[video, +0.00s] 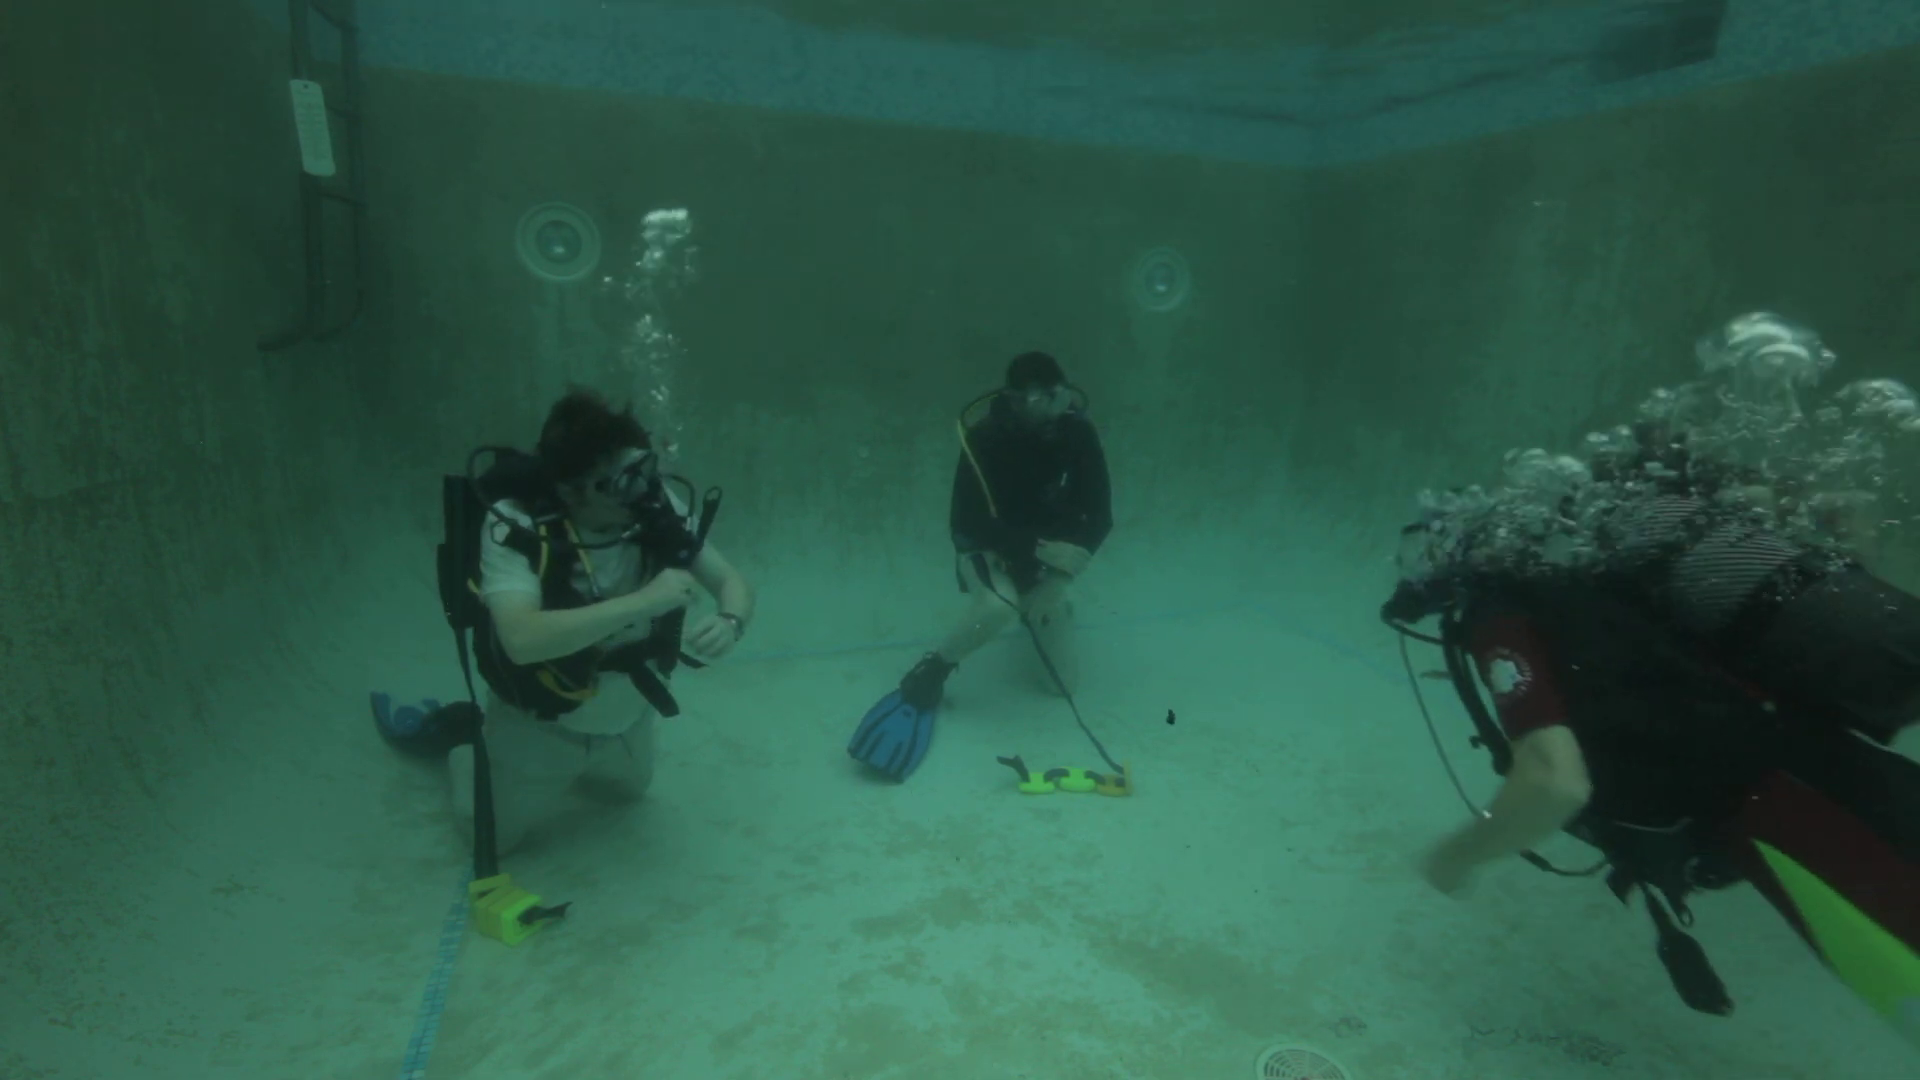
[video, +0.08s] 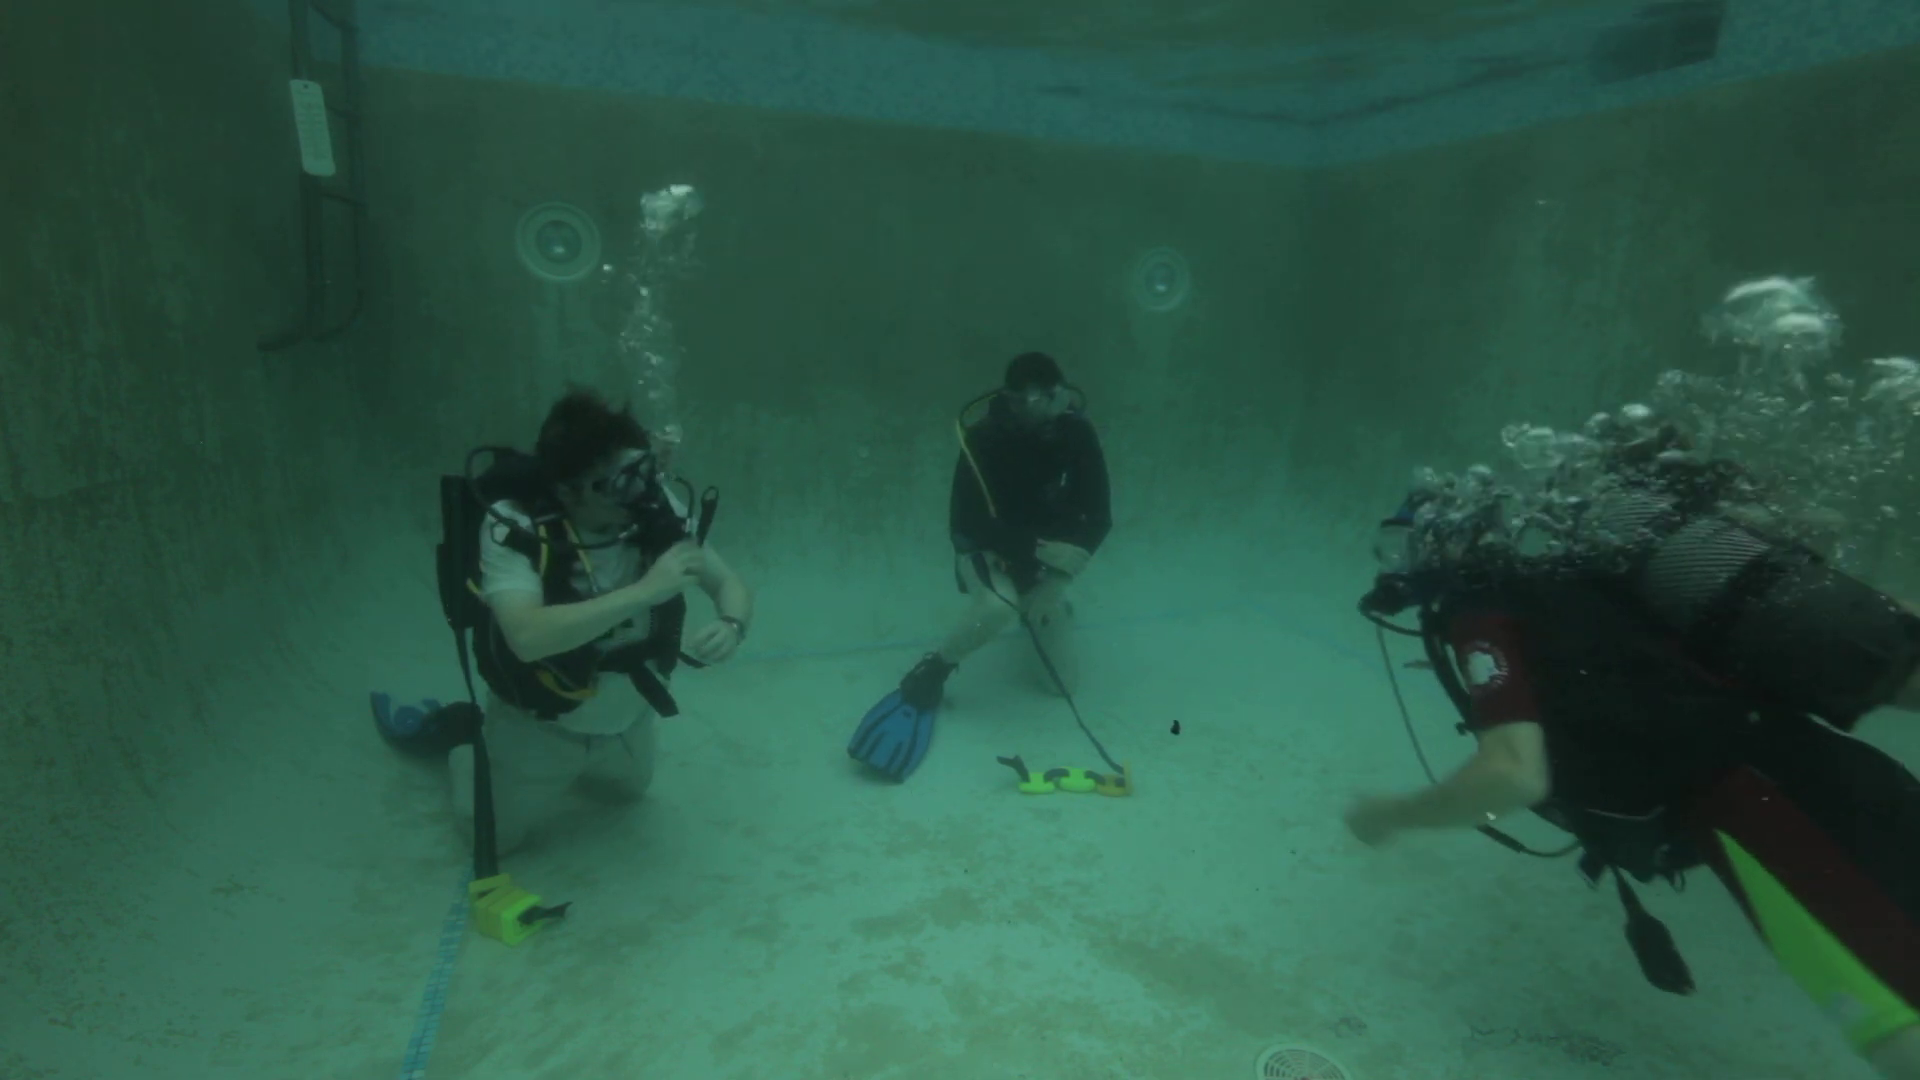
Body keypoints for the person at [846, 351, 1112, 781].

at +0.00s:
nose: (1050, 407)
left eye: (1054, 396)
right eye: (1040, 398)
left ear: (1063, 393)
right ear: (1016, 398)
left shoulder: (1077, 431)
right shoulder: (987, 434)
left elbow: (1098, 512)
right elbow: (973, 520)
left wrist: (1059, 579)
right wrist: (1035, 554)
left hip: (1052, 548)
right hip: (991, 544)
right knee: (998, 607)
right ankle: (930, 673)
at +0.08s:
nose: (1054, 405)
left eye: (1054, 395)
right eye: (1044, 398)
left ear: (1059, 393)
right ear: (1017, 399)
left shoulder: (1076, 432)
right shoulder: (987, 435)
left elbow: (1097, 514)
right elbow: (972, 519)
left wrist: (1056, 582)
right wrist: (1035, 553)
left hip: (1051, 553)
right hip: (991, 547)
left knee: (1064, 678)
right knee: (997, 606)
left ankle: (1049, 608)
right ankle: (931, 673)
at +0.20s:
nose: (1055, 406)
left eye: (1055, 395)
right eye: (1045, 398)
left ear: (1059, 392)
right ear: (1016, 399)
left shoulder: (1075, 432)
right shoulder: (985, 436)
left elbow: (1096, 513)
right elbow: (977, 521)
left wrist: (1055, 583)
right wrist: (1036, 556)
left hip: (1051, 552)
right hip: (990, 547)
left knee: (1064, 677)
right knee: (998, 606)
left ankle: (1048, 607)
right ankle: (931, 673)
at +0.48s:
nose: (1055, 410)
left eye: (1057, 399)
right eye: (1044, 400)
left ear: (1059, 394)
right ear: (1014, 400)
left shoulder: (1071, 434)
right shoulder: (981, 440)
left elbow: (1093, 514)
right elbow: (974, 523)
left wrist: (1054, 583)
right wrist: (1039, 551)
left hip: (1047, 550)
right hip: (987, 547)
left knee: (1063, 679)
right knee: (998, 606)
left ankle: (1044, 608)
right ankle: (931, 673)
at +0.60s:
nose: (1051, 412)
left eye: (1053, 401)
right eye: (1041, 403)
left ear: (1056, 396)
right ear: (1011, 400)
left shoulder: (1069, 432)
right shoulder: (979, 438)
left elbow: (1092, 514)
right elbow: (972, 524)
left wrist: (1053, 582)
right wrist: (1038, 551)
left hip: (1045, 549)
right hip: (984, 546)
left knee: (1061, 678)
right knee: (998, 607)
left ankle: (1047, 605)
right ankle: (932, 672)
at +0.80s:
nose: (1035, 412)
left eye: (1041, 399)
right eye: (1024, 402)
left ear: (1051, 394)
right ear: (1002, 401)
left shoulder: (1067, 433)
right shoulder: (976, 439)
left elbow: (1089, 515)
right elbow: (969, 524)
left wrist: (1050, 582)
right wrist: (1034, 551)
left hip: (1046, 550)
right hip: (985, 546)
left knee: (1061, 677)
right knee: (994, 608)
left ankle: (1044, 605)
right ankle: (933, 672)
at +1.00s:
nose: (1031, 412)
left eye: (1037, 400)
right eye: (1020, 402)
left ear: (1049, 396)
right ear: (1000, 402)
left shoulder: (1064, 432)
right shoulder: (974, 438)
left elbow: (1088, 513)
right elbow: (968, 523)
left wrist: (1048, 581)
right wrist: (1031, 551)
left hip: (1042, 548)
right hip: (980, 544)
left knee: (1061, 676)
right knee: (992, 609)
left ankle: (1045, 606)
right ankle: (932, 673)